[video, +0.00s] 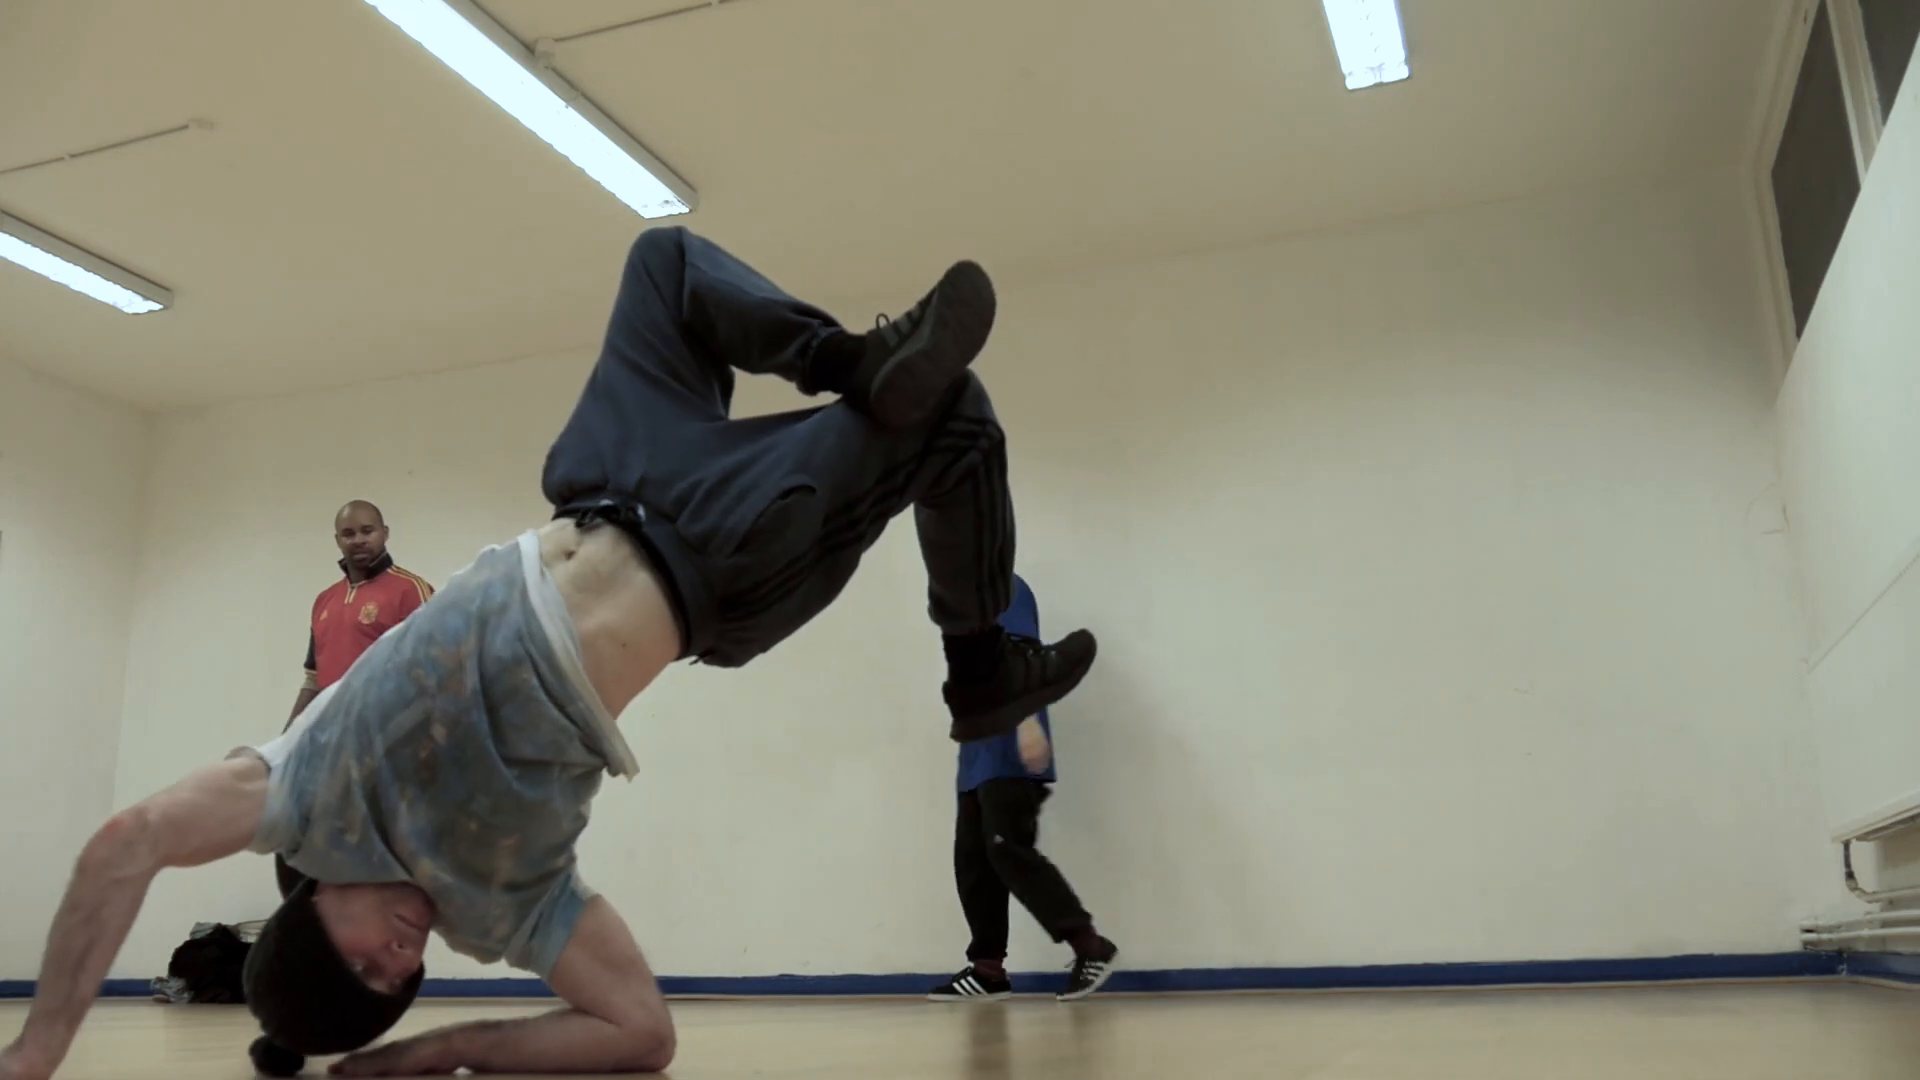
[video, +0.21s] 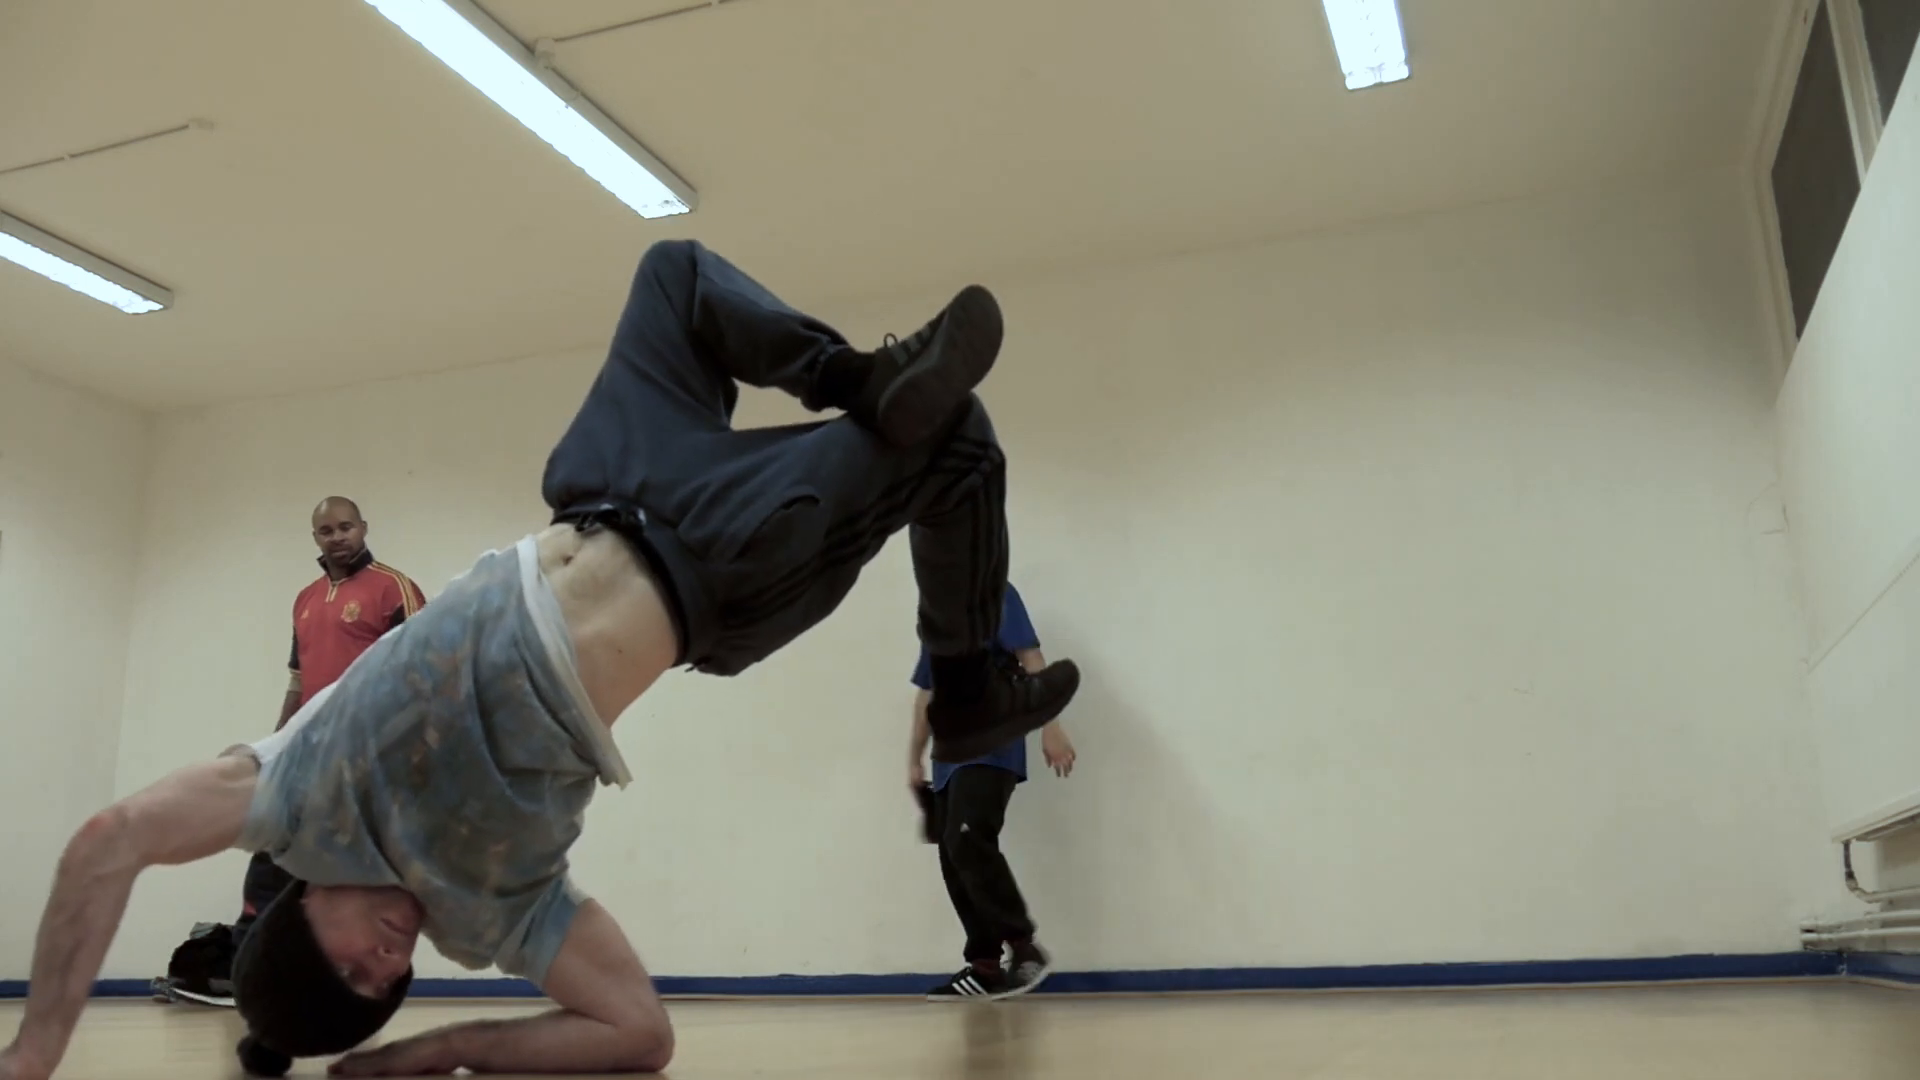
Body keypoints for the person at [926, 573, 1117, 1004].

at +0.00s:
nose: (954, 560)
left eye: (960, 551)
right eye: (952, 553)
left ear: (986, 546)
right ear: (957, 558)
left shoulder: (1008, 593)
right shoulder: (964, 605)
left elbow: (1019, 664)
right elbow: (985, 671)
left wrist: (1029, 724)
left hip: (1012, 751)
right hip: (977, 754)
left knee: (1008, 851)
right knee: (974, 860)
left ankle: (1091, 947)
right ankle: (987, 969)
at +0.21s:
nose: (950, 562)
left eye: (959, 554)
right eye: (943, 557)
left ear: (978, 552)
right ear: (935, 563)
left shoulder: (997, 595)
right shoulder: (937, 614)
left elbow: (1031, 658)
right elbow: (925, 691)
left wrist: (1050, 726)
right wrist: (916, 759)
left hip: (994, 751)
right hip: (950, 756)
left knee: (969, 843)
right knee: (954, 856)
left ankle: (1025, 950)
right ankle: (986, 966)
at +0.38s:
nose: (923, 563)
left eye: (930, 552)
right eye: (917, 553)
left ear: (959, 557)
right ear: (913, 559)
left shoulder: (992, 607)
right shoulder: (913, 620)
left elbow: (1015, 672)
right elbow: (895, 691)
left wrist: (1019, 743)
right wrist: (867, 750)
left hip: (983, 758)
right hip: (935, 763)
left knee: (965, 855)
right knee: (951, 862)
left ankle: (961, 961)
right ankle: (982, 964)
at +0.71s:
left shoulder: (970, 594)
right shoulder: (896, 597)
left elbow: (994, 675)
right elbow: (877, 672)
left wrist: (989, 739)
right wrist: (858, 734)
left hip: (947, 745)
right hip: (901, 747)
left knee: (935, 856)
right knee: (931, 858)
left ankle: (920, 969)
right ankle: (982, 965)